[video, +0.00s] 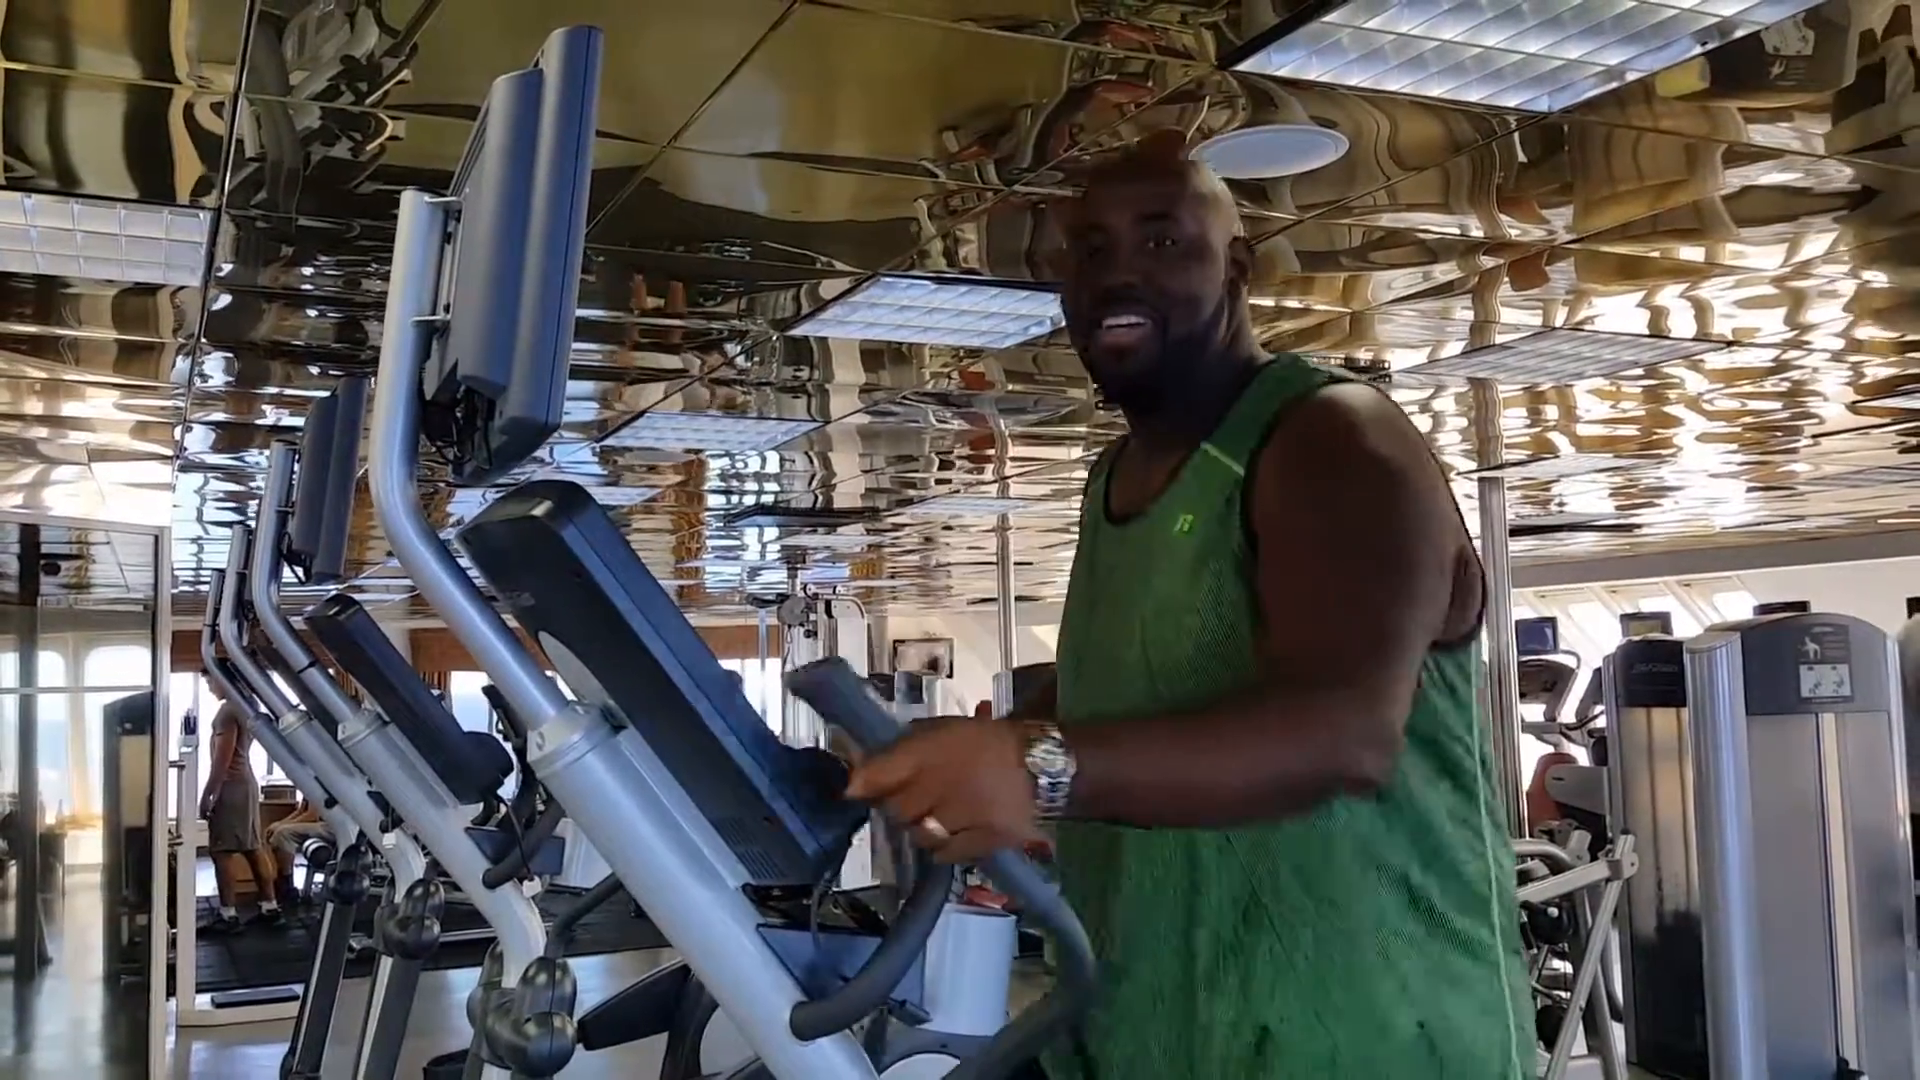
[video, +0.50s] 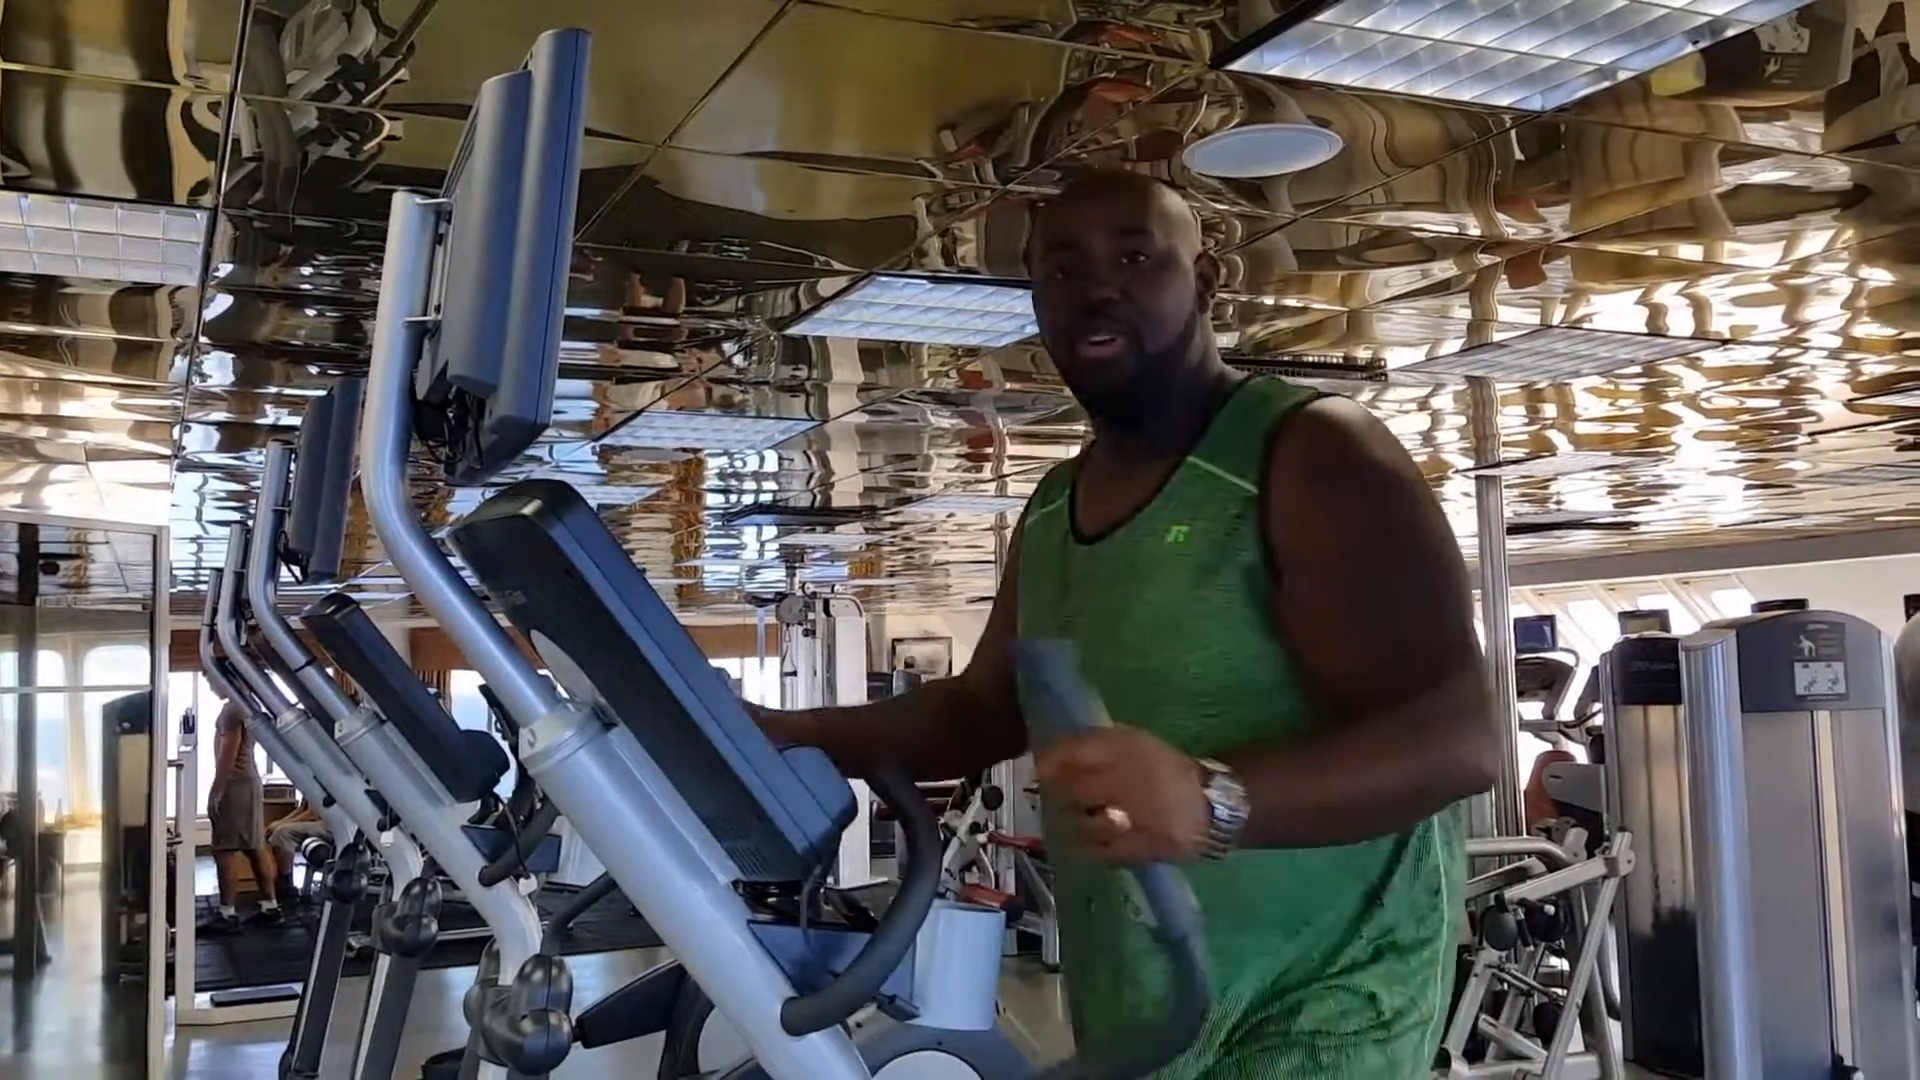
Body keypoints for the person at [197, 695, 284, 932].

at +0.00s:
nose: (208, 686)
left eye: (210, 680)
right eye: (207, 681)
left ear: (223, 679)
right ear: (229, 681)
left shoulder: (228, 712)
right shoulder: (244, 708)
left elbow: (223, 761)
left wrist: (207, 795)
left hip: (230, 787)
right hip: (247, 784)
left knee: (222, 851)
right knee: (254, 847)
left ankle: (228, 912)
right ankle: (270, 907)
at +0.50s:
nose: (208, 682)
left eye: (210, 673)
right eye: (207, 675)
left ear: (227, 678)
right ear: (234, 679)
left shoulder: (232, 710)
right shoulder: (244, 707)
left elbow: (228, 757)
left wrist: (215, 792)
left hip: (234, 784)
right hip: (250, 782)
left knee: (224, 850)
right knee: (256, 845)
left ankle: (227, 911)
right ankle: (270, 906)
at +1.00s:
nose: (206, 684)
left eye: (208, 675)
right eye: (204, 677)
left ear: (224, 678)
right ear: (232, 679)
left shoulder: (231, 712)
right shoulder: (247, 709)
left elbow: (224, 761)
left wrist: (209, 795)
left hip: (233, 786)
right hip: (250, 784)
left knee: (220, 850)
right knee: (254, 847)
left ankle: (226, 912)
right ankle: (269, 907)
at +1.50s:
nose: (214, 682)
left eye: (216, 673)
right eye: (213, 674)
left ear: (228, 677)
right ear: (238, 678)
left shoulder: (234, 712)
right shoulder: (251, 709)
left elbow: (228, 760)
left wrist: (215, 794)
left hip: (236, 786)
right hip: (253, 783)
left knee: (228, 850)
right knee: (258, 846)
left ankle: (229, 913)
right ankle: (273, 907)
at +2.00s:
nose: (211, 680)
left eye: (214, 671)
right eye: (210, 672)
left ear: (229, 675)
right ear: (236, 676)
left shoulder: (235, 708)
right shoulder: (250, 706)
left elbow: (231, 755)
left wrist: (218, 790)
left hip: (237, 783)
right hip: (253, 782)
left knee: (229, 849)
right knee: (259, 845)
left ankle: (232, 912)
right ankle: (274, 906)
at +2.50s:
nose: (209, 685)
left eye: (211, 678)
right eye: (207, 679)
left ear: (224, 677)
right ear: (233, 677)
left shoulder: (228, 710)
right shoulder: (248, 707)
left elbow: (224, 758)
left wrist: (207, 790)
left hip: (234, 785)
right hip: (251, 782)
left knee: (227, 848)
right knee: (256, 844)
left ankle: (234, 910)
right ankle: (275, 904)